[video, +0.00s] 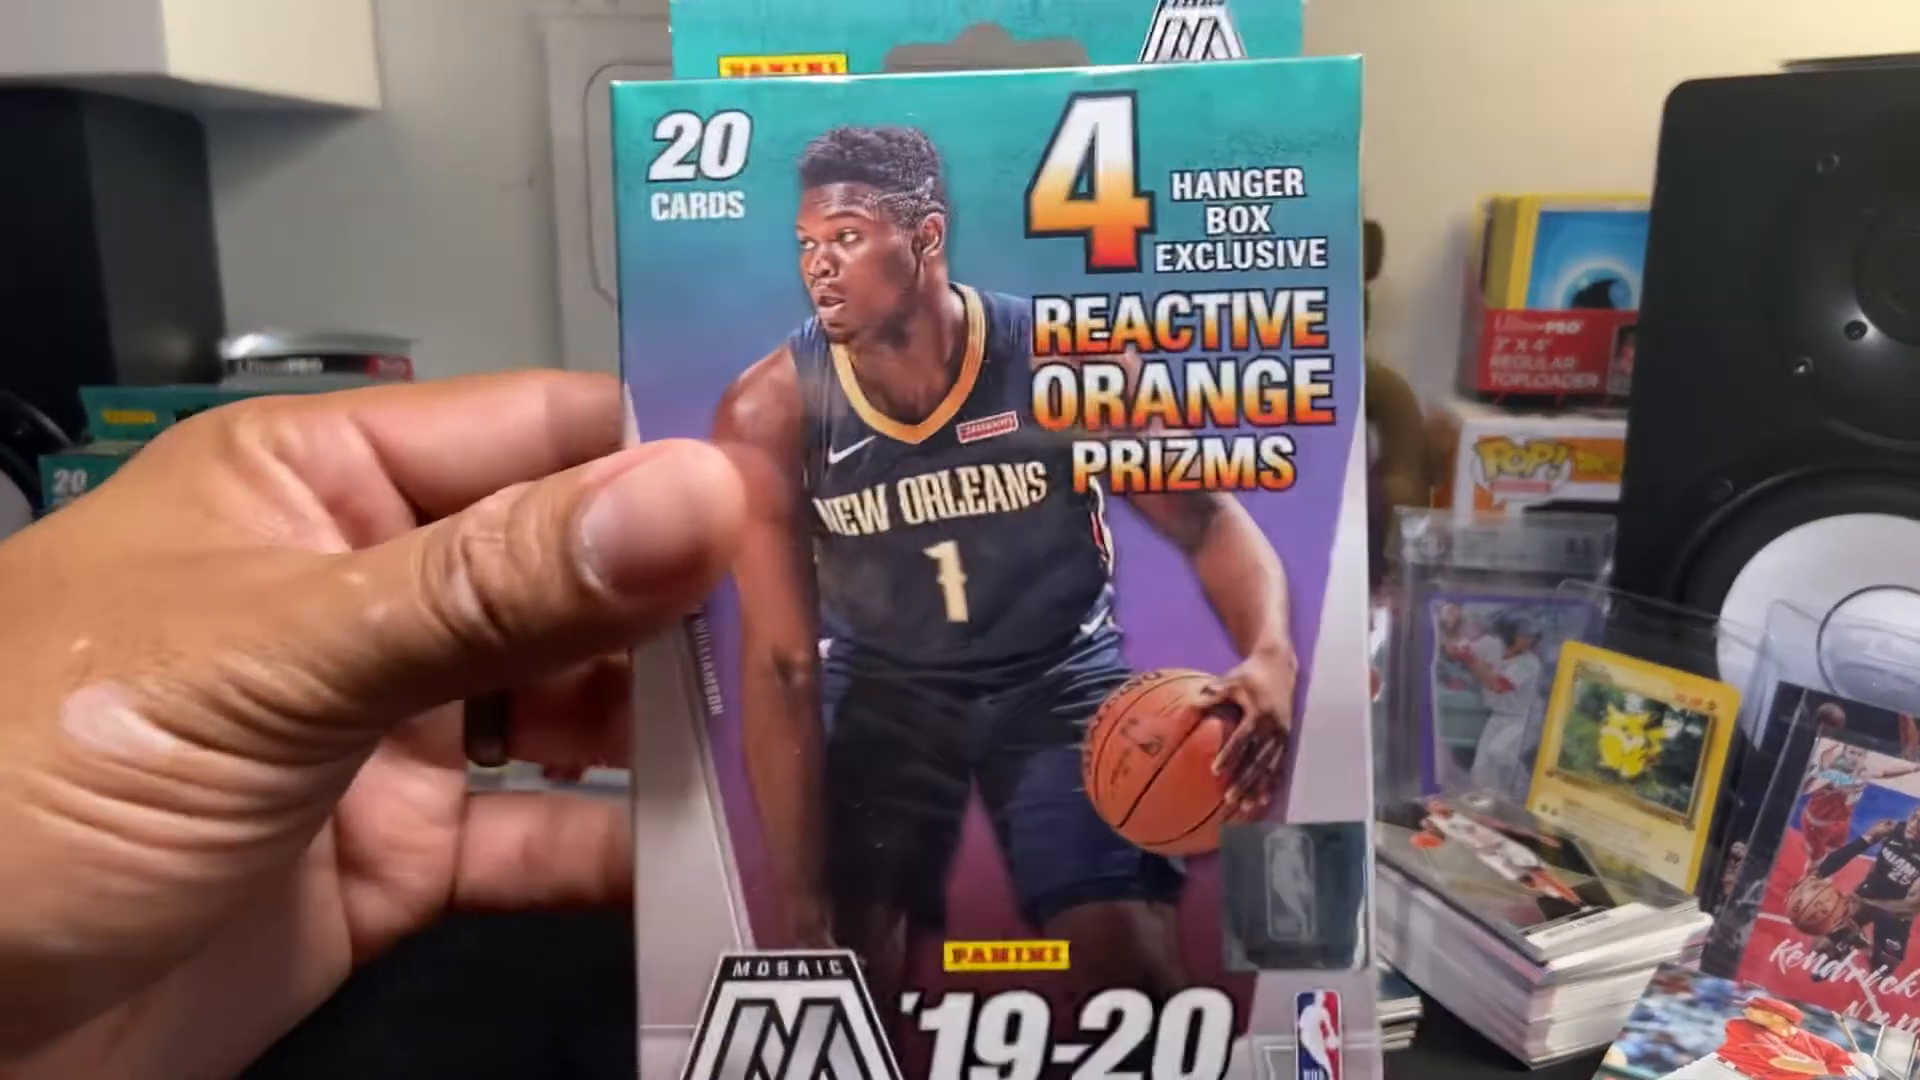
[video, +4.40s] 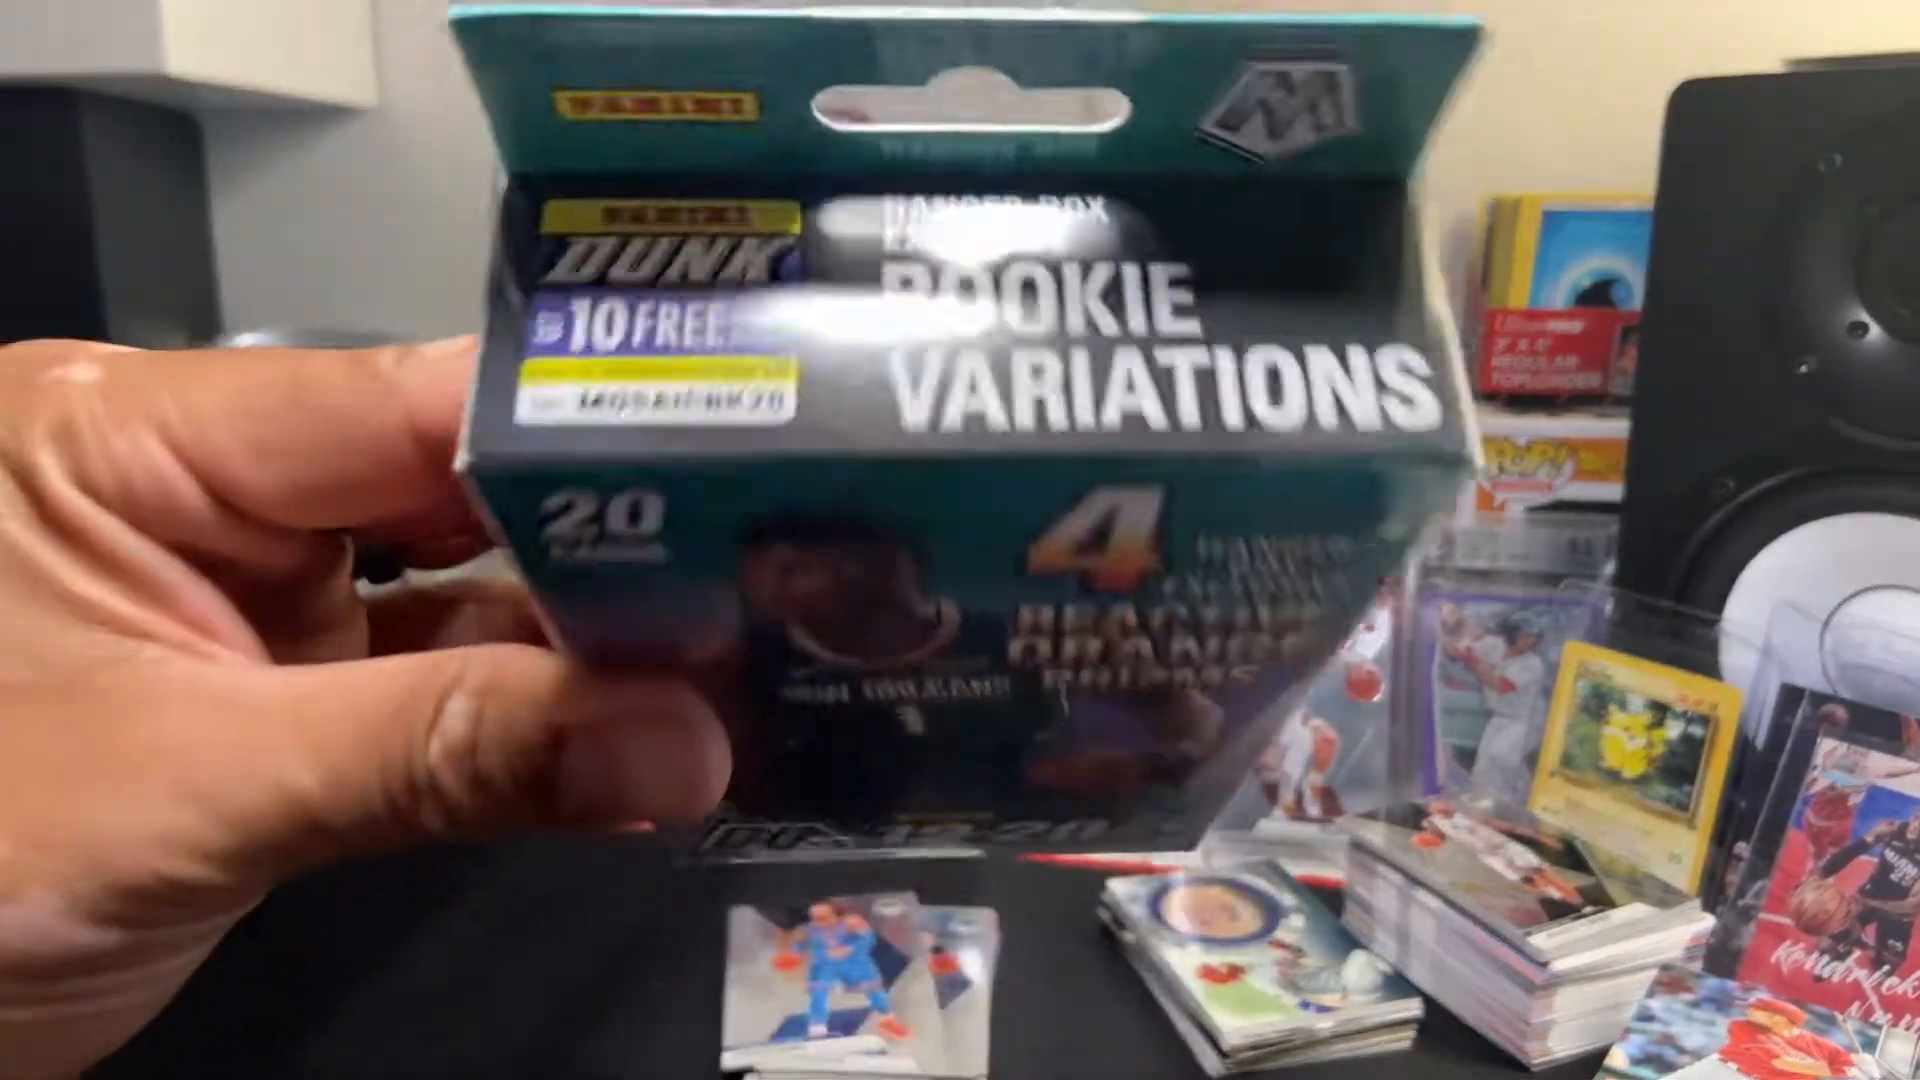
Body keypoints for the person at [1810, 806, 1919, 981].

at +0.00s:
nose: (1914, 825)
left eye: (1919, 823)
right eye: (1914, 818)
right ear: (1910, 816)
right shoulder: (1890, 829)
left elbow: (1912, 906)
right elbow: (1850, 850)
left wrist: (1864, 905)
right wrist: (1819, 873)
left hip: (1897, 910)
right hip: (1867, 897)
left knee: (1882, 972)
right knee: (1822, 948)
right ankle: (1849, 944)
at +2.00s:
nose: (1910, 823)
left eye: (1917, 821)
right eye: (1910, 816)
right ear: (1905, 814)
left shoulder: (1917, 859)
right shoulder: (1884, 828)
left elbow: (1907, 904)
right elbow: (1843, 850)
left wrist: (1859, 903)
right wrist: (1814, 872)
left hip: (1893, 909)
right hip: (1862, 895)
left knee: (1877, 971)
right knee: (1816, 947)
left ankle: (1854, 939)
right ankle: (1838, 948)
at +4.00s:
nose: (1912, 824)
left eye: (1918, 822)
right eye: (1912, 817)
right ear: (1908, 815)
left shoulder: (1918, 857)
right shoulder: (1889, 829)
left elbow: (1909, 905)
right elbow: (1849, 849)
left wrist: (1861, 902)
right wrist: (1817, 871)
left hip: (1895, 910)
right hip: (1864, 896)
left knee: (1880, 967)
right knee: (1819, 945)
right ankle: (1841, 949)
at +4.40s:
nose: (1915, 826)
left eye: (1919, 823)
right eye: (1916, 818)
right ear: (1912, 818)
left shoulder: (1917, 856)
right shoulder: (1893, 831)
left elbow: (1913, 906)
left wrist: (1866, 905)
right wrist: (1820, 873)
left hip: (1899, 909)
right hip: (1869, 897)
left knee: (1886, 967)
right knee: (1826, 946)